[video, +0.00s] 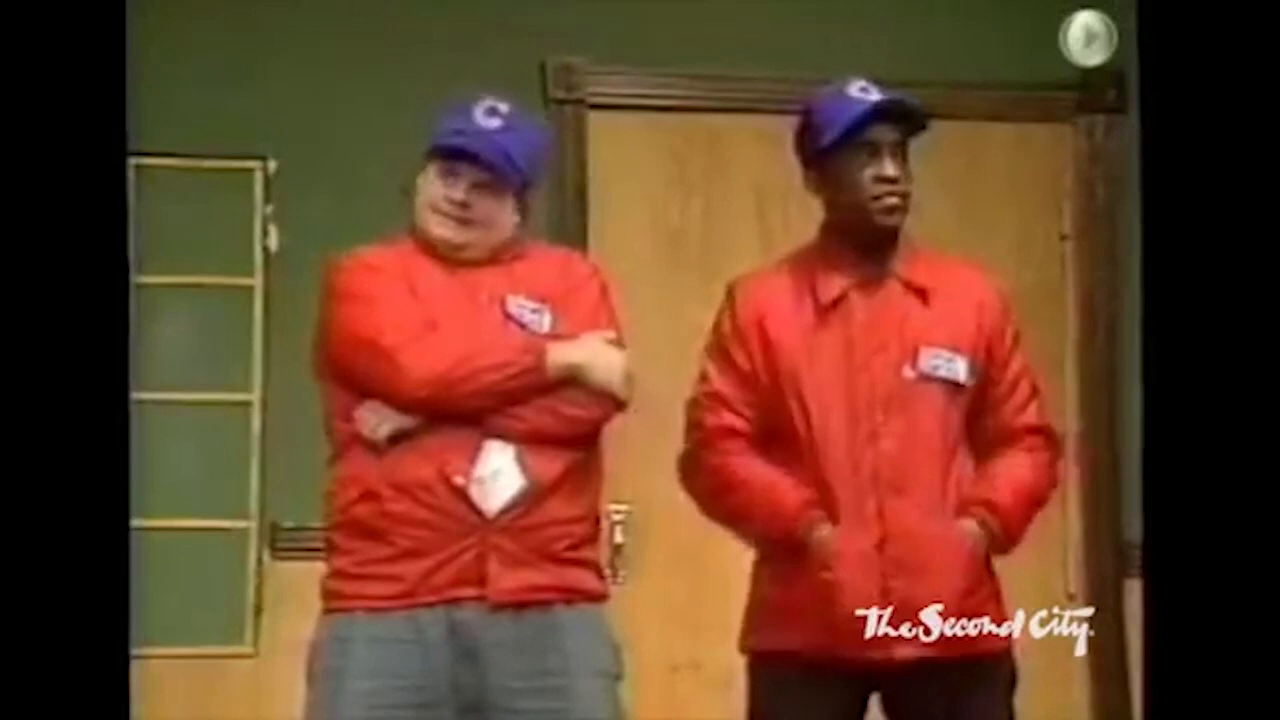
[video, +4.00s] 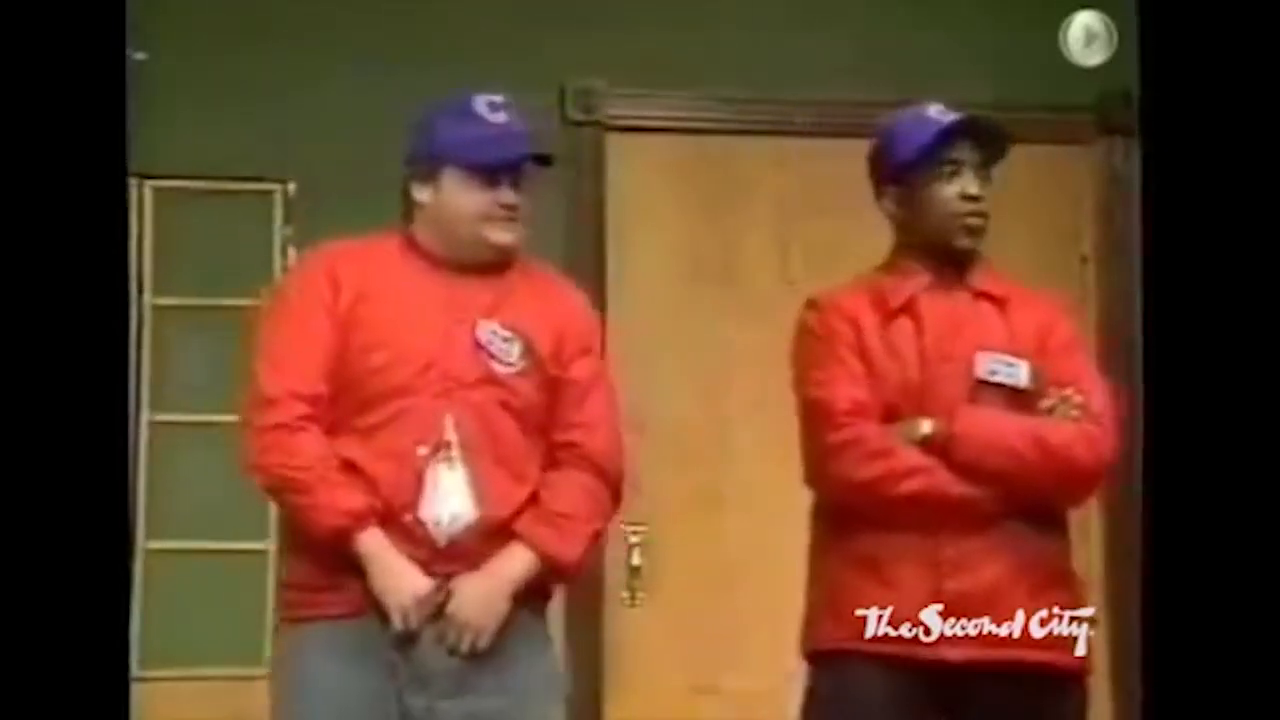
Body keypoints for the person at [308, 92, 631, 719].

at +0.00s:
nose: (459, 196)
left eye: (486, 186)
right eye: (447, 174)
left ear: (522, 206)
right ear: (421, 176)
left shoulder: (571, 277)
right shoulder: (364, 274)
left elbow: (591, 401)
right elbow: (414, 378)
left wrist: (431, 407)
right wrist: (559, 361)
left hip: (547, 607)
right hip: (385, 608)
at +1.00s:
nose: (436, 172)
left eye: (462, 157)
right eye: (425, 152)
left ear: (509, 174)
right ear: (407, 162)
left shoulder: (570, 256)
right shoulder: (364, 255)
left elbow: (573, 388)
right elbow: (383, 352)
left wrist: (426, 380)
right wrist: (543, 336)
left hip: (544, 609)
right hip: (384, 611)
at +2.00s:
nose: (364, 155)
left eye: (384, 135)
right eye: (342, 138)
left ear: (416, 148)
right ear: (313, 154)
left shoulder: (493, 252)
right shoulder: (268, 274)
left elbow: (546, 400)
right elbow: (234, 429)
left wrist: (464, 525)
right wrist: (332, 550)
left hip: (493, 612)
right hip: (325, 618)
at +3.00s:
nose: (417, 162)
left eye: (430, 143)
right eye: (390, 146)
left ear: (450, 156)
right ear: (342, 168)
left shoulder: (509, 262)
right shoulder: (275, 274)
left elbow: (559, 409)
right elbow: (226, 427)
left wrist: (465, 521)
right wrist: (317, 539)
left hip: (477, 608)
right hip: (321, 611)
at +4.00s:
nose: (509, 196)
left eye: (516, 179)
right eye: (485, 178)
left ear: (529, 187)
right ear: (422, 188)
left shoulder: (558, 306)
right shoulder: (331, 279)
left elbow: (590, 466)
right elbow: (281, 435)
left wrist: (503, 574)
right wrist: (375, 552)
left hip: (500, 625)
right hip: (342, 624)